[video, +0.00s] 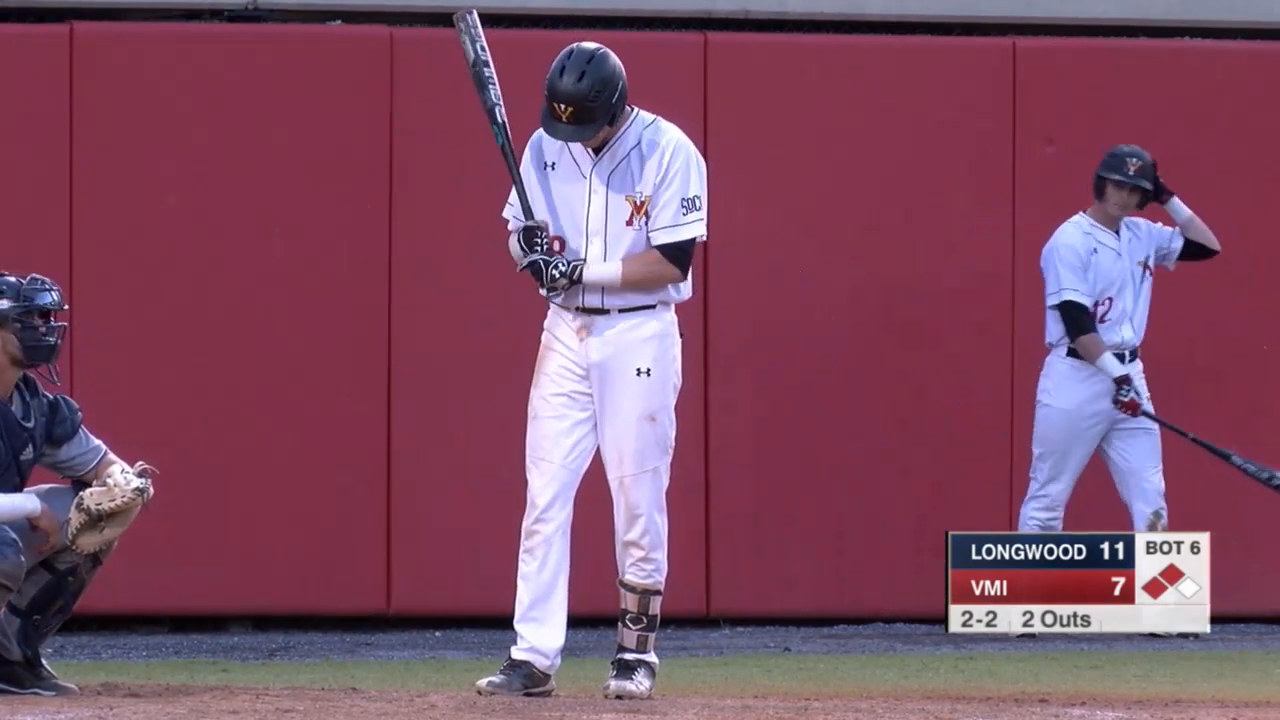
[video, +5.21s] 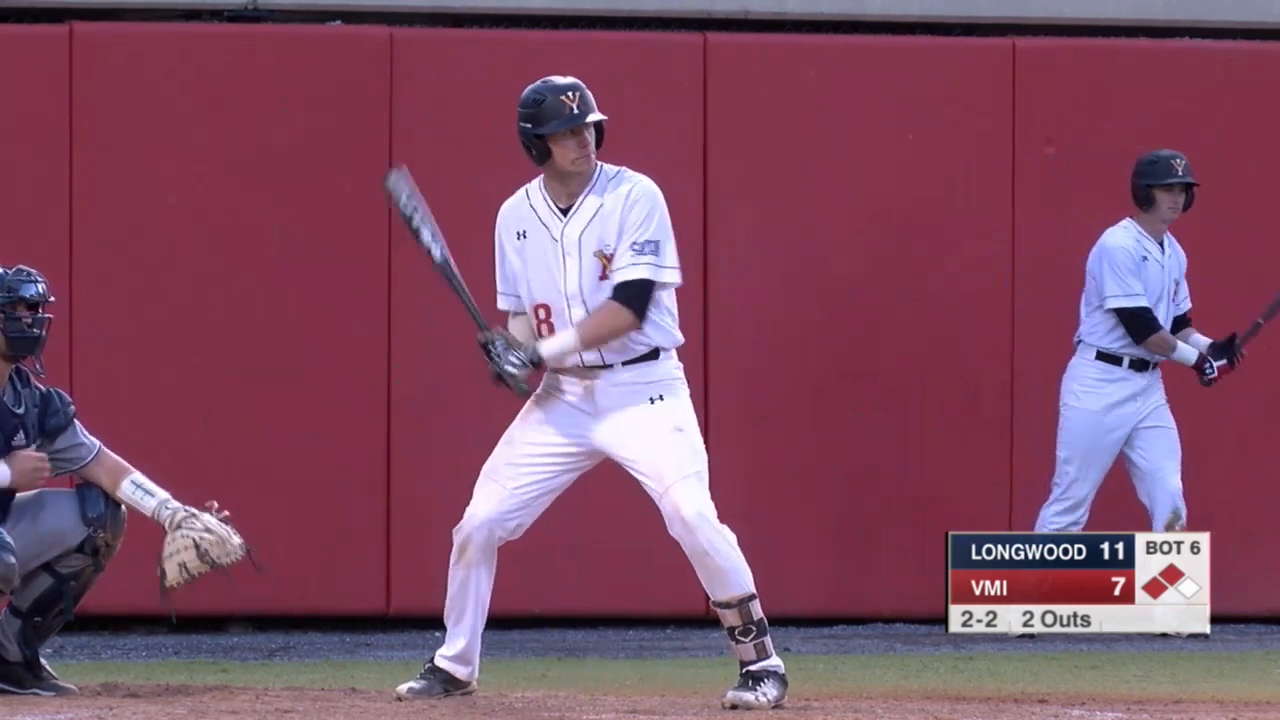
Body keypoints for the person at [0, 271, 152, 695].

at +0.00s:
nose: (40, 328)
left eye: (42, 319)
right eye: (25, 319)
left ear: (47, 325)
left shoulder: (37, 404)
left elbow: (98, 462)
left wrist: (127, 483)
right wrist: (29, 505)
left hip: (9, 522)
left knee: (96, 513)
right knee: (10, 547)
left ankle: (14, 652)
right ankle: (7, 653)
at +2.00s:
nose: (38, 330)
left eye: (41, 321)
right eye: (23, 320)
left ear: (46, 327)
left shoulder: (35, 405)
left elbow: (98, 463)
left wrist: (128, 485)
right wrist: (26, 507)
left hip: (9, 522)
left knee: (93, 513)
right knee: (9, 547)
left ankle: (15, 651)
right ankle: (8, 654)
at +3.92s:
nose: (29, 325)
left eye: (35, 315)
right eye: (18, 314)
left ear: (42, 321)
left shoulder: (36, 404)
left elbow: (108, 468)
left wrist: (179, 506)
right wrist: (9, 459)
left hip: (6, 528)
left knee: (98, 515)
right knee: (7, 561)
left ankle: (14, 651)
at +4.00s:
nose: (29, 325)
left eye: (34, 315)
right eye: (17, 314)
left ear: (41, 321)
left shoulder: (23, 395)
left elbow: (107, 466)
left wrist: (183, 512)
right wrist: (21, 427)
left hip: (5, 528)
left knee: (98, 515)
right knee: (8, 561)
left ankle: (14, 651)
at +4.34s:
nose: (30, 322)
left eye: (36, 312)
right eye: (19, 311)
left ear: (43, 318)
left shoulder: (33, 401)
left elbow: (106, 469)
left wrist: (188, 531)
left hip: (9, 528)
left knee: (97, 513)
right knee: (7, 563)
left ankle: (14, 652)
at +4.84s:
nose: (32, 322)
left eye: (38, 312)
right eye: (19, 311)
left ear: (47, 317)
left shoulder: (37, 404)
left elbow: (115, 474)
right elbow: (8, 511)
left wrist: (191, 536)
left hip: (3, 527)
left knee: (100, 514)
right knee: (6, 558)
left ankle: (13, 652)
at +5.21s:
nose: (30, 319)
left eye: (34, 310)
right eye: (17, 309)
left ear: (39, 316)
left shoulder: (36, 402)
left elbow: (99, 463)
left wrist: (172, 512)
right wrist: (6, 474)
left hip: (4, 531)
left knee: (98, 515)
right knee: (5, 561)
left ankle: (12, 651)